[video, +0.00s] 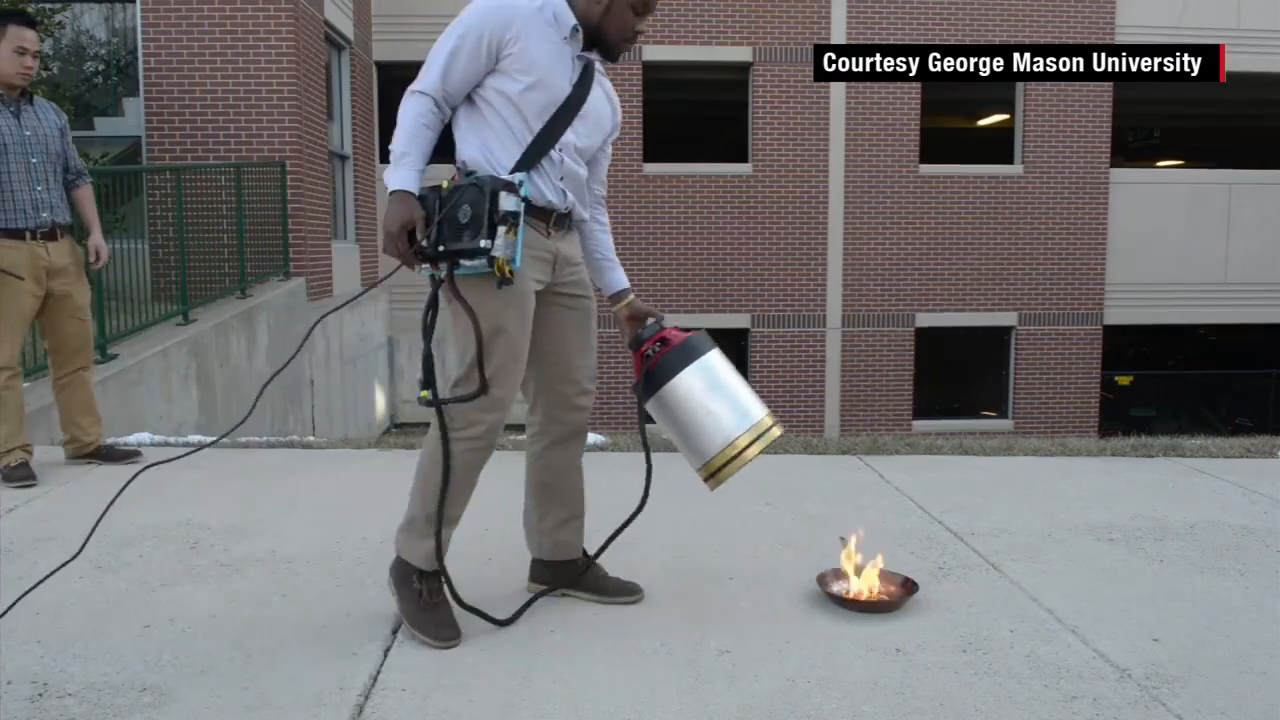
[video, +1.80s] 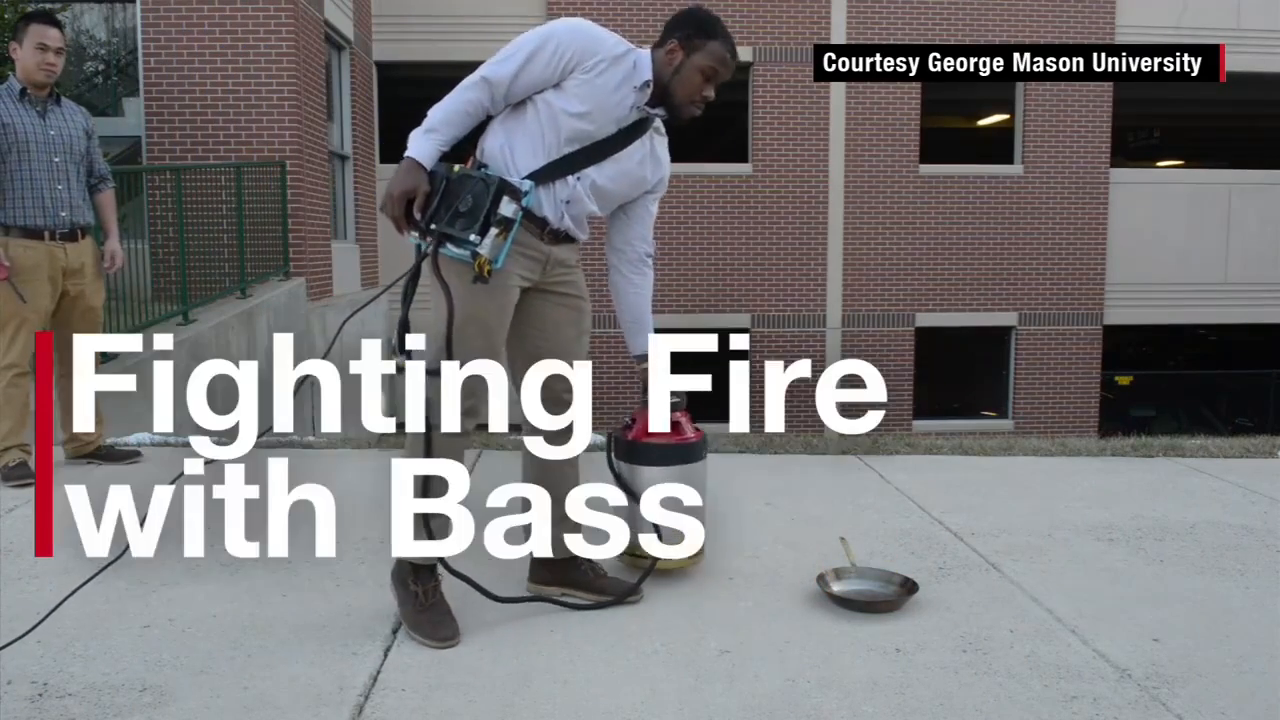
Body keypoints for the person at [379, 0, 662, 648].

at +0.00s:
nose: (644, 30)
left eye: (649, 18)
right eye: (640, 13)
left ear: (612, 11)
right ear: (604, 1)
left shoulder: (604, 100)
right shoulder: (505, 17)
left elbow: (590, 208)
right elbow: (428, 96)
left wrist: (620, 295)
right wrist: (402, 191)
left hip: (566, 249)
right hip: (492, 234)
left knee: (564, 406)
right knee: (477, 405)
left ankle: (558, 557)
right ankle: (417, 565)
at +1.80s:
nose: (709, 97)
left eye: (718, 88)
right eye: (708, 79)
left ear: (688, 69)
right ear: (672, 51)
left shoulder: (652, 160)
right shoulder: (584, 45)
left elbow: (634, 262)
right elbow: (486, 88)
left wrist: (650, 356)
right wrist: (417, 158)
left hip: (559, 258)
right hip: (485, 232)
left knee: (559, 411)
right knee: (462, 409)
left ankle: (554, 557)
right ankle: (417, 564)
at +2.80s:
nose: (668, 42)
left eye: (678, 33)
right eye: (659, 25)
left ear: (680, 37)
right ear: (623, 14)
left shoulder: (641, 134)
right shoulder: (546, 38)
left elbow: (631, 234)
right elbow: (455, 95)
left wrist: (644, 327)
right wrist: (401, 175)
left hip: (554, 255)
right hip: (479, 237)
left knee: (554, 409)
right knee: (455, 409)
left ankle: (557, 556)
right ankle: (401, 556)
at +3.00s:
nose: (611, 9)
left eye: (615, 3)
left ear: (613, 17)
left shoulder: (605, 103)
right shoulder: (490, 32)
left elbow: (601, 203)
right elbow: (410, 108)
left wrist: (608, 287)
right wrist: (374, 195)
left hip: (542, 252)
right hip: (464, 243)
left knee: (548, 408)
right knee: (442, 409)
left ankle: (555, 554)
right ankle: (386, 555)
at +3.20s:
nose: (527, 0)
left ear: (534, 6)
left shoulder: (542, 83)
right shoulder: (412, 36)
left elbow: (546, 185)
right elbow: (346, 124)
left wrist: (560, 266)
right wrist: (329, 212)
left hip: (514, 251)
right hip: (427, 248)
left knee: (532, 410)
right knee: (411, 414)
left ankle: (555, 553)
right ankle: (383, 562)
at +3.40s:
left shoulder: (478, 60)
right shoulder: (351, 30)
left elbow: (483, 160)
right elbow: (291, 127)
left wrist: (501, 247)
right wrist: (286, 222)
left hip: (468, 245)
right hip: (387, 248)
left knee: (500, 399)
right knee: (386, 413)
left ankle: (521, 547)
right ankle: (380, 563)